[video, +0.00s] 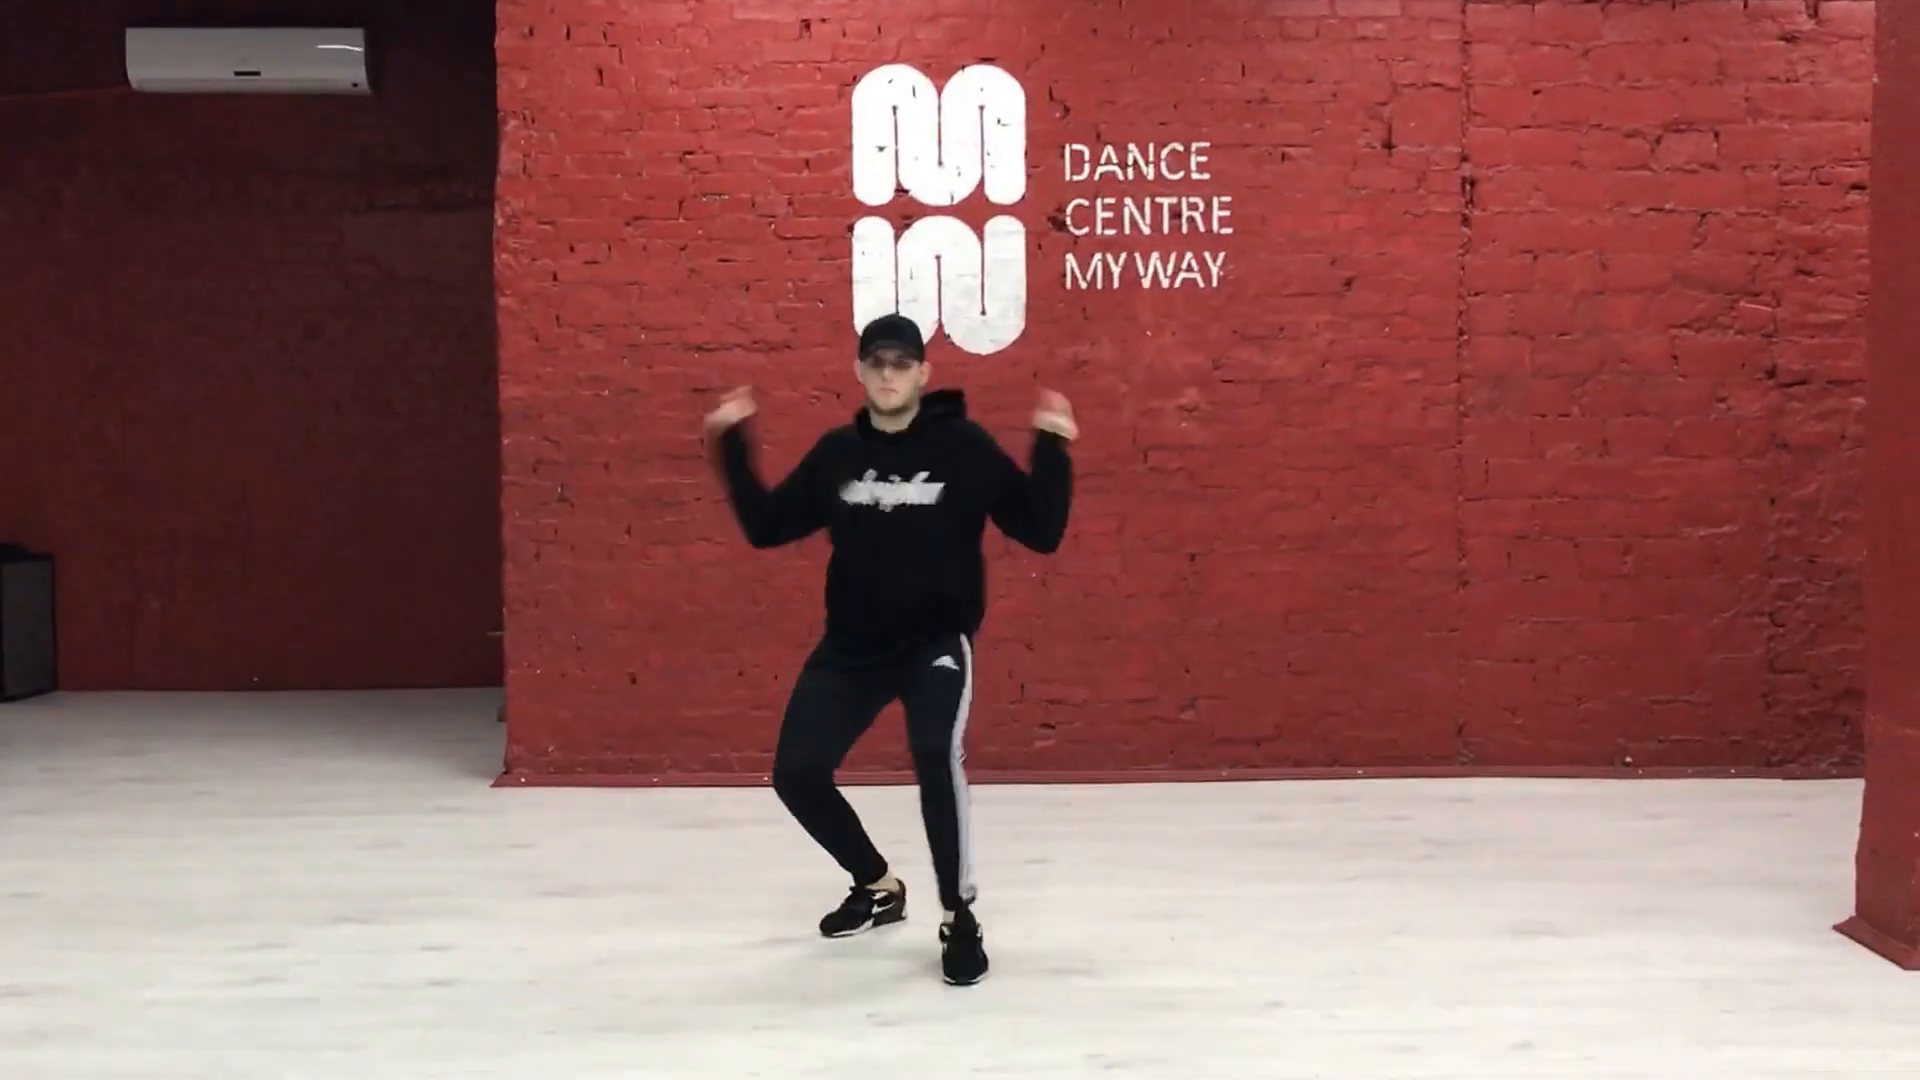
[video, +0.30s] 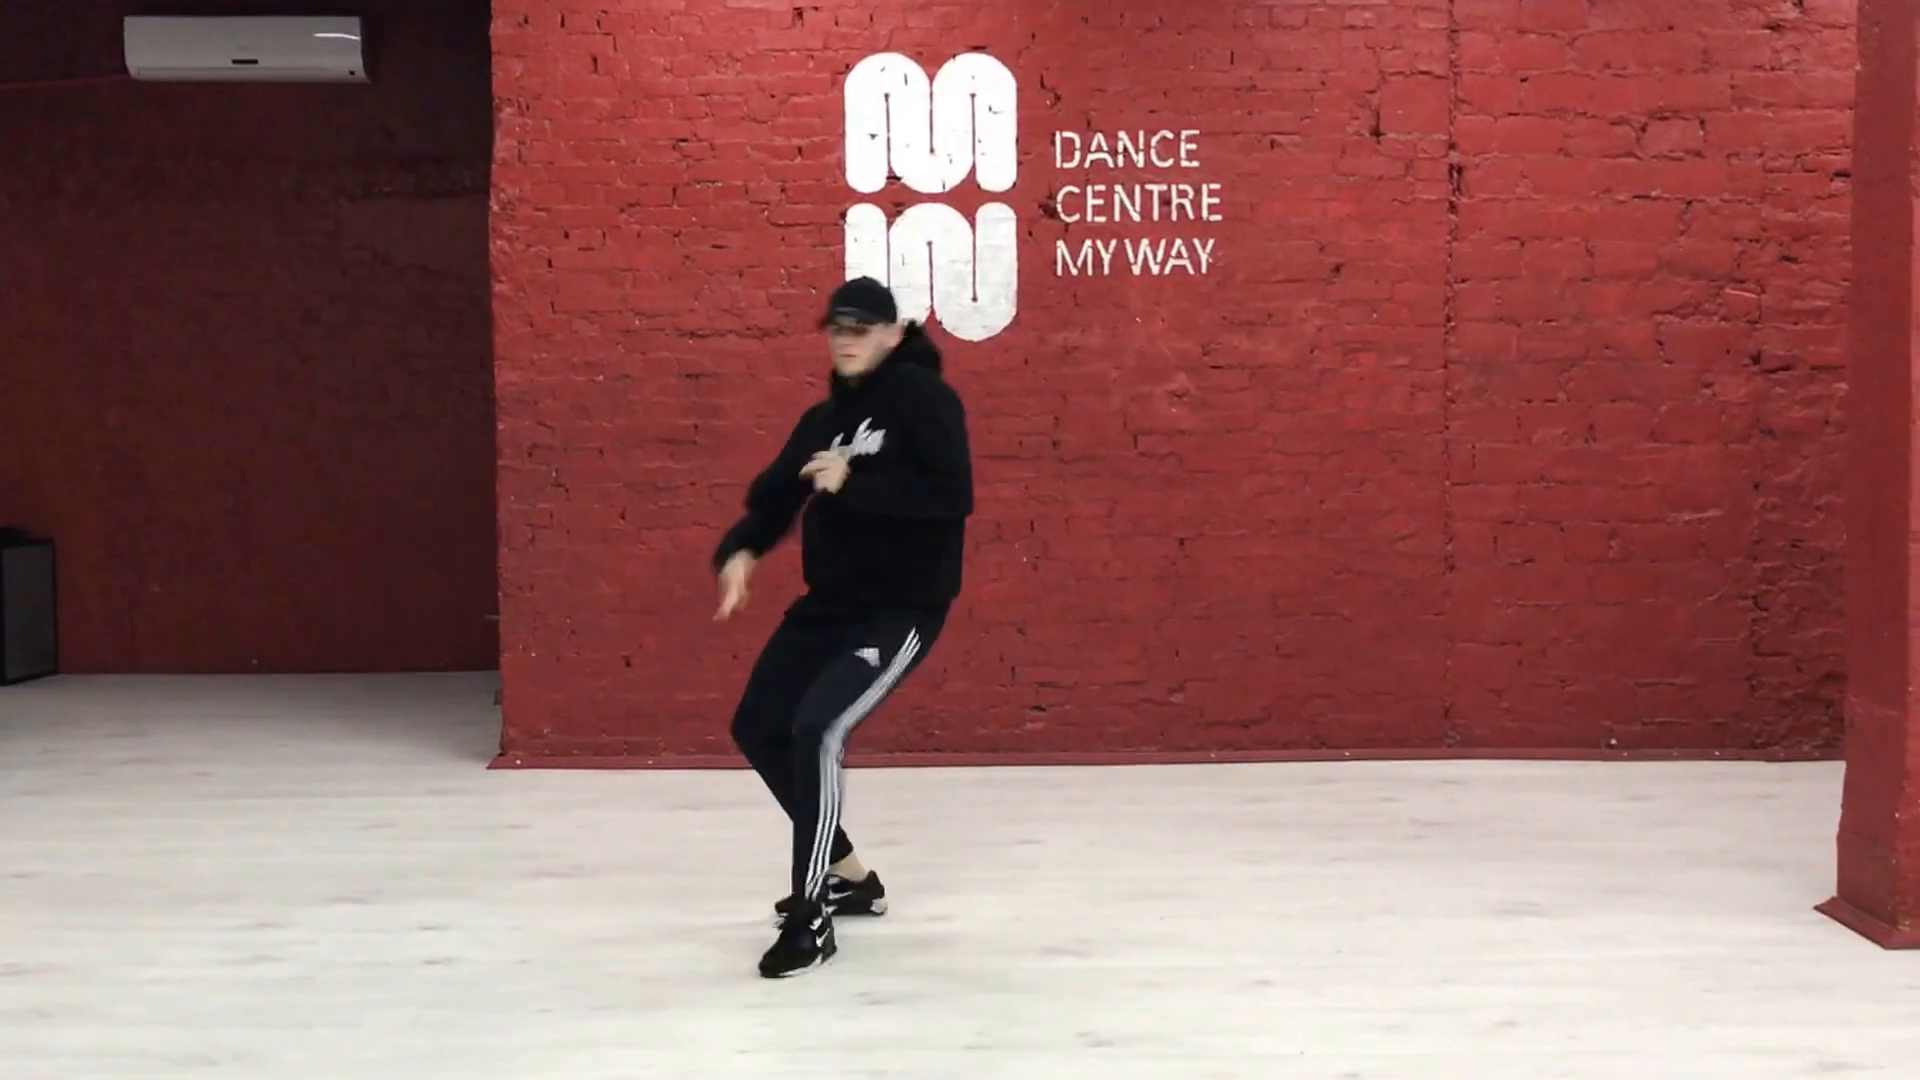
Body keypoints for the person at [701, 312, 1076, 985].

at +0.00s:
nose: (888, 375)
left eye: (902, 363)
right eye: (876, 363)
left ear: (923, 372)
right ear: (860, 372)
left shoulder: (963, 447)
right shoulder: (839, 452)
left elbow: (1041, 531)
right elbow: (766, 525)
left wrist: (1054, 448)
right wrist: (730, 444)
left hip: (938, 642)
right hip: (853, 646)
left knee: (937, 762)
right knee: (798, 775)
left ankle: (960, 917)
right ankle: (878, 885)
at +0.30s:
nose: (847, 341)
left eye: (862, 329)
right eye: (838, 329)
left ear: (895, 333)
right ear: (828, 336)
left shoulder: (926, 400)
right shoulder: (828, 416)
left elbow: (950, 497)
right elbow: (777, 490)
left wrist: (855, 480)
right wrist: (742, 546)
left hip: (903, 609)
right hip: (828, 603)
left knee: (816, 728)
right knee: (759, 728)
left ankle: (809, 912)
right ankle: (848, 871)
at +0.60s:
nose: (886, 335)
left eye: (899, 323)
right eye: (885, 322)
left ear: (940, 325)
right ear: (893, 325)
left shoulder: (938, 405)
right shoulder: (895, 386)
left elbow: (887, 515)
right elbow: (852, 474)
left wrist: (795, 487)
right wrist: (772, 462)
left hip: (910, 596)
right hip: (876, 588)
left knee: (826, 736)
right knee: (795, 691)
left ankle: (965, 873)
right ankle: (847, 862)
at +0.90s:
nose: (942, 309)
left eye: (958, 298)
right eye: (935, 296)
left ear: (989, 306)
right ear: (923, 300)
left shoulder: (1000, 369)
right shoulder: (920, 362)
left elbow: (978, 453)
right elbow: (898, 423)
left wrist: (885, 438)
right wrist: (848, 422)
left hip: (1007, 579)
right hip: (948, 576)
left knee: (913, 711)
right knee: (859, 688)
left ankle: (994, 881)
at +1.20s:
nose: (1003, 284)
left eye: (1017, 271)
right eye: (990, 271)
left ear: (1036, 280)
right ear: (971, 278)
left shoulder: (1072, 355)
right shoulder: (941, 364)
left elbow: (1162, 426)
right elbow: (881, 441)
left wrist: (1101, 380)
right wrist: (845, 434)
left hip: (1054, 563)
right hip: (972, 571)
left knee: (1037, 679)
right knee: (935, 725)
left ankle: (1061, 837)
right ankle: (1047, 830)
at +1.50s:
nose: (1031, 283)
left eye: (1044, 271)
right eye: (1019, 271)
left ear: (1064, 280)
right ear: (998, 281)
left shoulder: (1100, 343)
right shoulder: (960, 346)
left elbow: (1201, 320)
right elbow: (861, 338)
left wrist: (1151, 260)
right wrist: (907, 266)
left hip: (1068, 571)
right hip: (975, 573)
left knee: (1081, 713)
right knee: (945, 735)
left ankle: (1096, 883)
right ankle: (1004, 828)